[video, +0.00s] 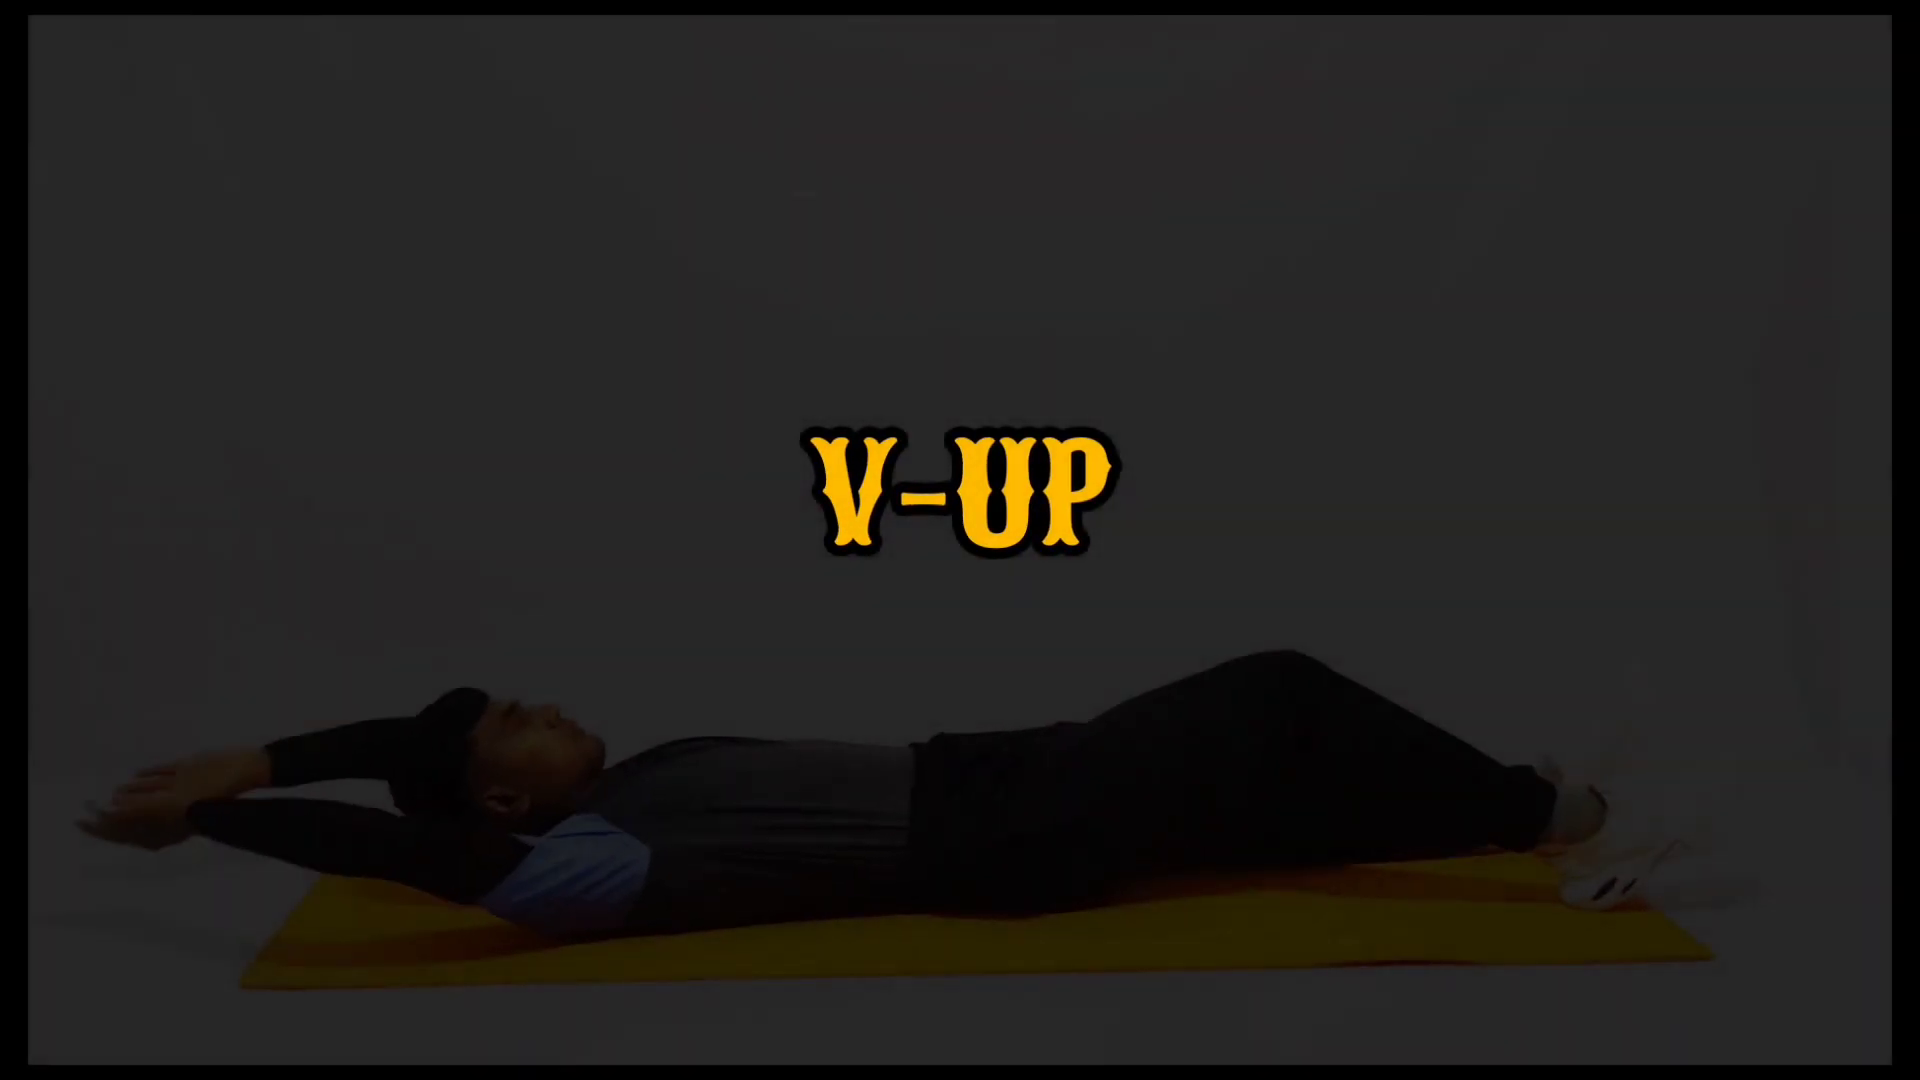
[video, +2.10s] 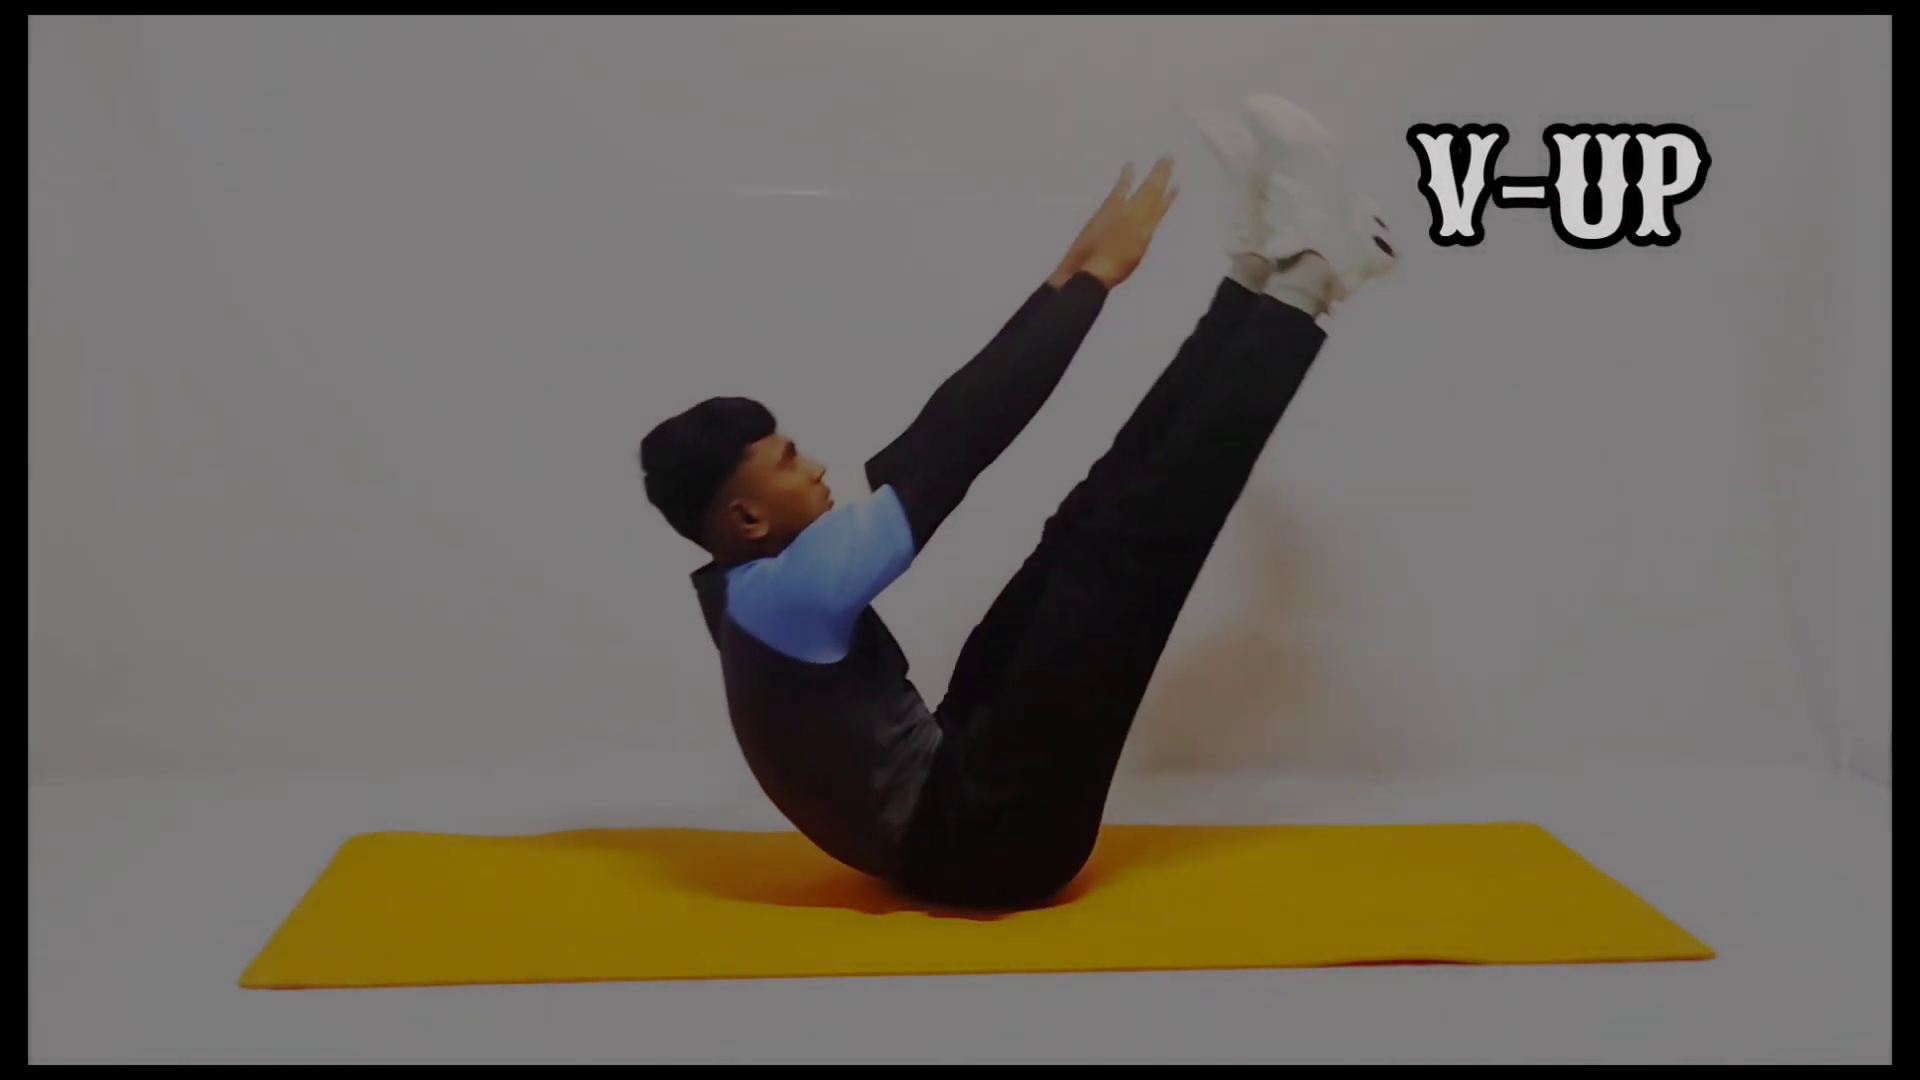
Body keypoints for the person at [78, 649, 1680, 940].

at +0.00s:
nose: (546, 733)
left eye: (528, 721)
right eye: (517, 745)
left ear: (545, 736)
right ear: (495, 806)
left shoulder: (624, 784)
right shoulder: (594, 851)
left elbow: (430, 765)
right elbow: (408, 848)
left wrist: (250, 770)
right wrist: (220, 816)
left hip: (1016, 773)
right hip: (1004, 832)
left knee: (1278, 682)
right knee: (1272, 713)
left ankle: (1510, 803)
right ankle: (1513, 819)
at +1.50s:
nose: (534, 741)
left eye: (515, 728)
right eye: (505, 754)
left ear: (532, 743)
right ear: (497, 811)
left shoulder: (621, 784)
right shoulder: (602, 852)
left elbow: (397, 741)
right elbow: (501, 850)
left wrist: (208, 704)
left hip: (977, 766)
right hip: (966, 829)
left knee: (1245, 737)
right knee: (1246, 773)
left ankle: (1535, 761)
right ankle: (1553, 784)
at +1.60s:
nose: (574, 686)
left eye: (556, 672)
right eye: (549, 681)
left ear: (525, 733)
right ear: (521, 738)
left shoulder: (607, 780)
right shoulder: (593, 829)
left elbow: (486, 648)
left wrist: (342, 533)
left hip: (970, 768)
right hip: (976, 820)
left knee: (1247, 722)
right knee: (1245, 743)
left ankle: (1549, 708)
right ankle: (1557, 722)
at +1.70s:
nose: (582, 664)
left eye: (566, 659)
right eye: (557, 668)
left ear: (539, 704)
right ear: (530, 711)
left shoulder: (625, 751)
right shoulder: (605, 793)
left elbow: (613, 565)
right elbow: (616, 571)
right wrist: (561, 407)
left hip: (958, 777)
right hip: (963, 828)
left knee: (1222, 678)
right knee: (1232, 716)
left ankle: (1521, 614)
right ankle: (1536, 634)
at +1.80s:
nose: (631, 622)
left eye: (615, 606)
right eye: (600, 623)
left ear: (600, 634)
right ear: (552, 683)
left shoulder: (652, 715)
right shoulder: (637, 743)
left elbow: (720, 544)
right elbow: (727, 555)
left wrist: (738, 370)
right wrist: (770, 365)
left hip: (963, 787)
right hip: (962, 831)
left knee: (1207, 639)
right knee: (1217, 663)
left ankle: (1489, 522)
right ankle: (1517, 541)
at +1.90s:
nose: (688, 561)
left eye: (673, 542)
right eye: (659, 560)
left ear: (671, 567)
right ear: (614, 613)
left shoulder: (699, 656)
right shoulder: (682, 689)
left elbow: (810, 511)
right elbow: (829, 523)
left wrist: (893, 352)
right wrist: (934, 352)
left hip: (960, 783)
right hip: (968, 842)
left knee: (1179, 589)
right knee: (1198, 616)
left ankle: (1417, 421)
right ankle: (1450, 437)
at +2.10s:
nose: (814, 471)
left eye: (793, 454)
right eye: (786, 467)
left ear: (748, 523)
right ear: (744, 522)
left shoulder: (776, 579)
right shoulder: (793, 591)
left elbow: (939, 442)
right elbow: (961, 441)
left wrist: (1064, 284)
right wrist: (1089, 281)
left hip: (964, 797)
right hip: (986, 840)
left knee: (1089, 531)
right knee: (1123, 548)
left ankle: (1261, 281)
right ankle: (1299, 296)